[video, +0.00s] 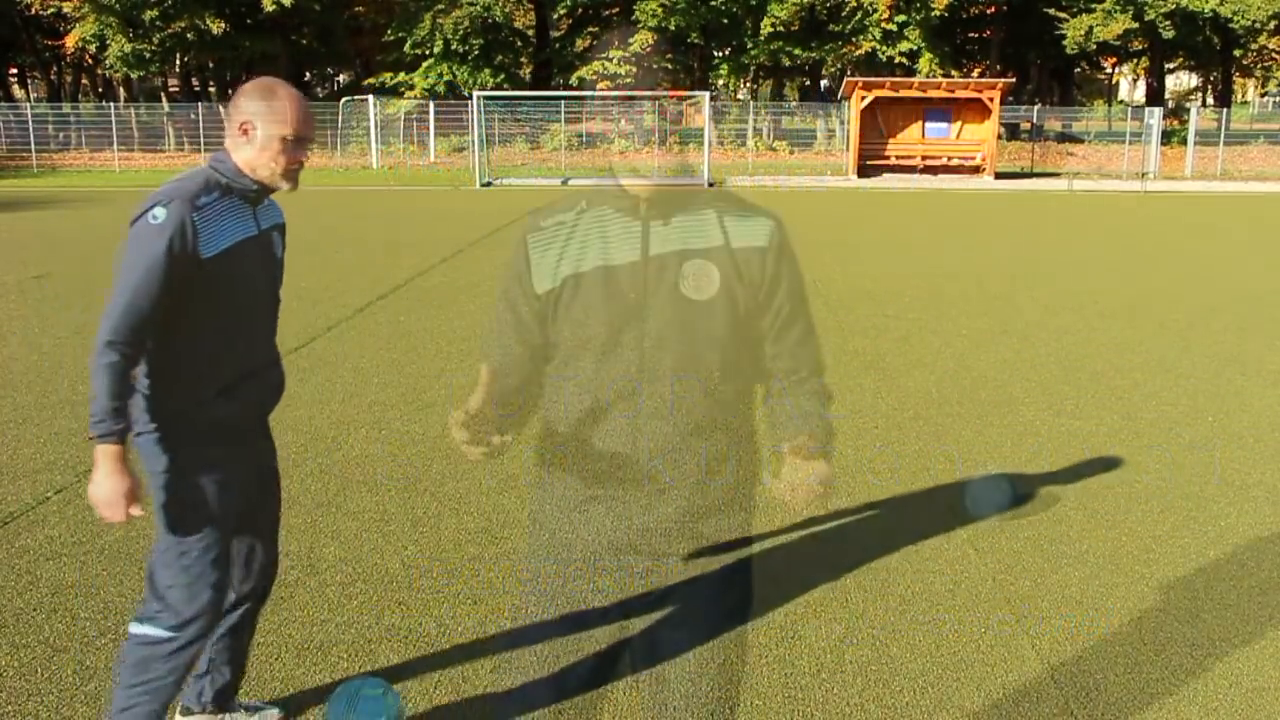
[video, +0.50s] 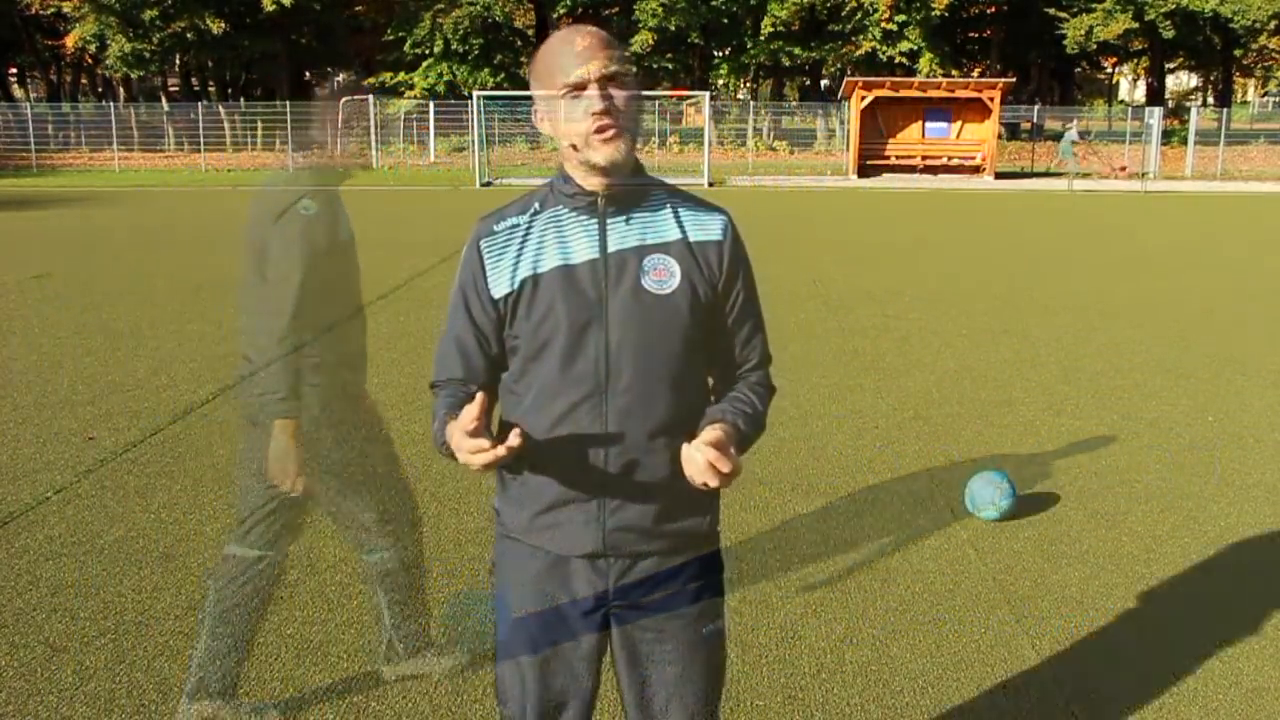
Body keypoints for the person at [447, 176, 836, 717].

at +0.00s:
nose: (652, 147)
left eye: (669, 126)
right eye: (634, 128)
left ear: (694, 123)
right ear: (604, 130)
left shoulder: (752, 235)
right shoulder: (547, 239)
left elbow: (792, 358)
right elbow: (514, 357)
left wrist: (804, 441)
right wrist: (489, 409)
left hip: (705, 516)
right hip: (576, 514)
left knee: (695, 695)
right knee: (552, 691)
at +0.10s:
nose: (650, 125)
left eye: (664, 105)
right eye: (628, 108)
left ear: (686, 110)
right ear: (596, 123)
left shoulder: (744, 235)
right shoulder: (543, 236)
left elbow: (784, 366)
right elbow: (505, 353)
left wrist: (790, 435)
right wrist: (484, 409)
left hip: (698, 524)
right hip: (569, 525)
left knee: (696, 702)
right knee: (551, 701)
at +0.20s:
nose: (637, 118)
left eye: (650, 96)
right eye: (613, 103)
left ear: (675, 104)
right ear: (581, 121)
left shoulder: (736, 232)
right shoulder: (532, 236)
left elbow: (775, 370)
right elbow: (489, 364)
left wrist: (768, 423)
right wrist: (472, 411)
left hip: (694, 523)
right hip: (565, 526)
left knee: (693, 705)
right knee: (549, 705)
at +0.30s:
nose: (628, 112)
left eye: (642, 91)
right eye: (602, 99)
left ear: (666, 102)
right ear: (570, 122)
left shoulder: (725, 232)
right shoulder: (519, 239)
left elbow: (767, 374)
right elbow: (478, 374)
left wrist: (751, 427)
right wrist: (467, 419)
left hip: (685, 525)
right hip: (554, 527)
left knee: (690, 707)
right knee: (541, 707)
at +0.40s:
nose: (615, 106)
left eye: (629, 86)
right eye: (589, 92)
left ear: (654, 100)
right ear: (555, 119)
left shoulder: (715, 232)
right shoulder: (508, 240)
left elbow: (758, 375)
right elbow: (466, 378)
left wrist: (736, 435)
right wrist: (463, 429)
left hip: (678, 540)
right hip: (544, 542)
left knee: (685, 710)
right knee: (534, 710)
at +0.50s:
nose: (602, 101)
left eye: (615, 82)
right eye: (577, 89)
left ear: (638, 96)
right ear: (544, 118)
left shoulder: (706, 230)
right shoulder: (499, 241)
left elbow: (750, 373)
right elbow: (455, 383)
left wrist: (723, 431)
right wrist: (459, 435)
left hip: (672, 543)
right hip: (540, 548)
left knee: (683, 711)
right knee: (537, 711)